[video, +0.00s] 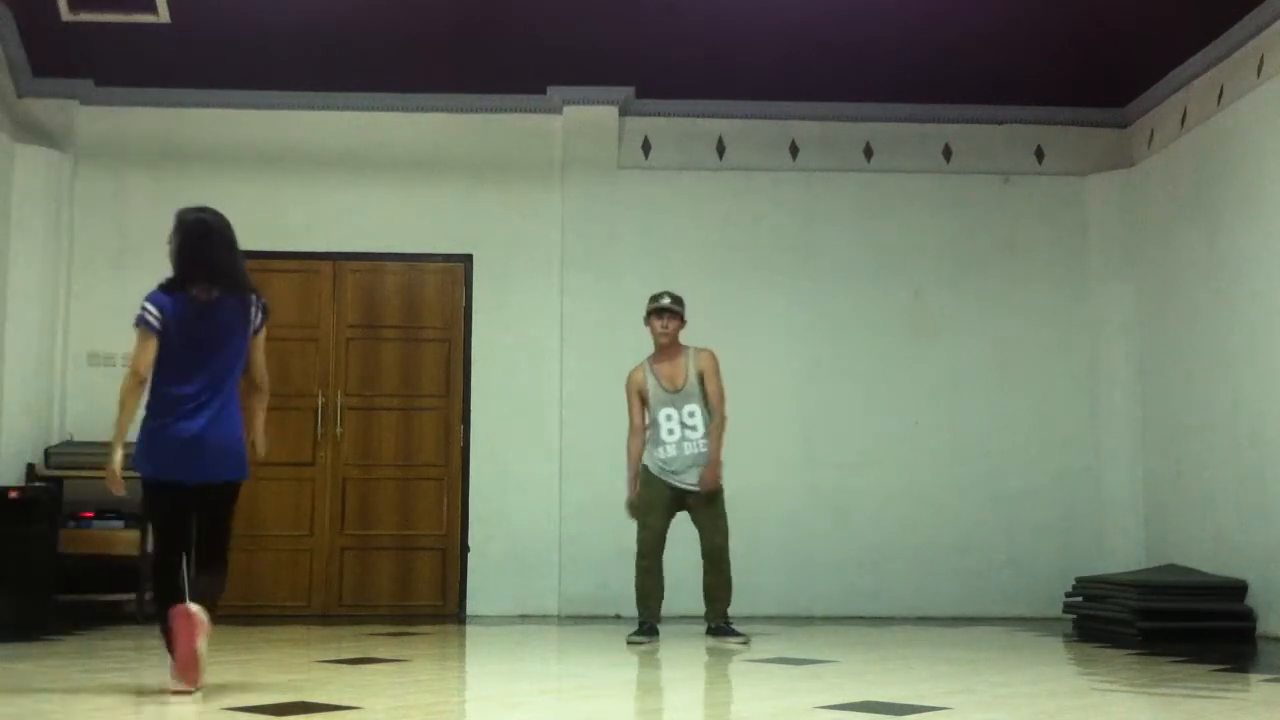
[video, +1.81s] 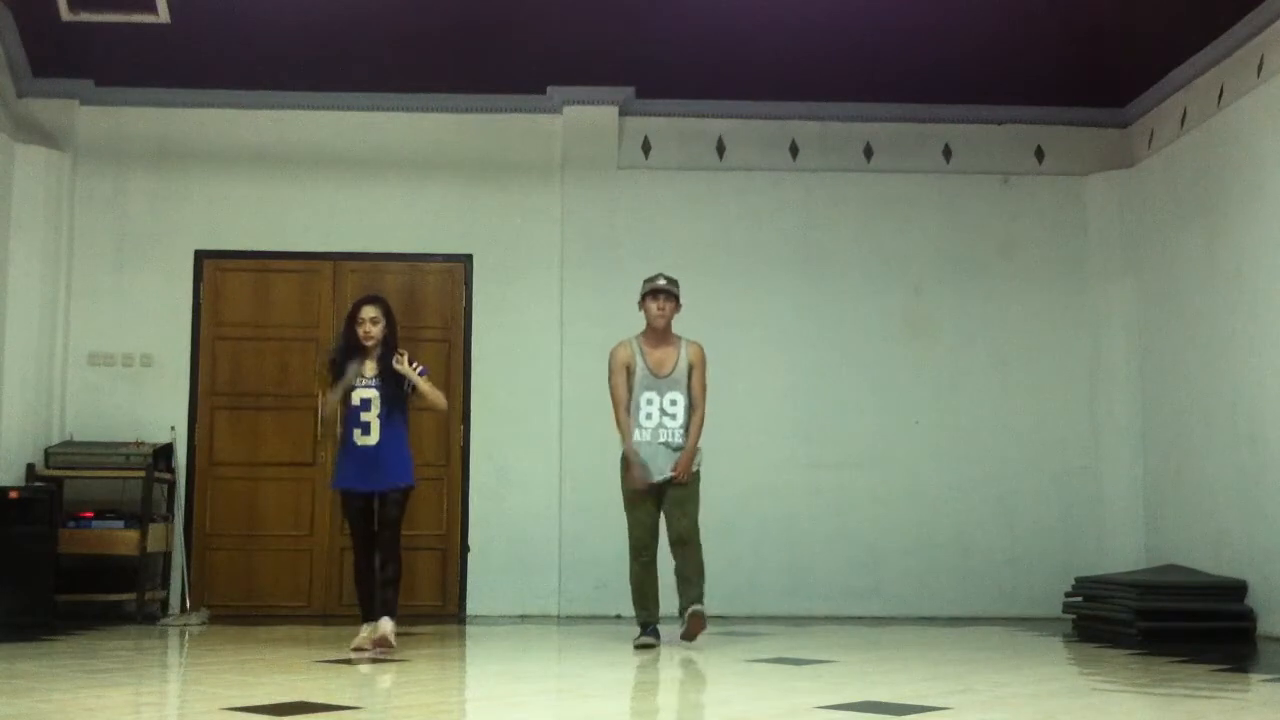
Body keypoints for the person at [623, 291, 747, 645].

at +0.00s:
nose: (664, 322)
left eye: (672, 316)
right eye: (658, 316)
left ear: (682, 322)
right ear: (648, 323)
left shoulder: (703, 360)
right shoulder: (638, 377)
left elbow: (718, 415)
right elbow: (637, 431)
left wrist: (713, 464)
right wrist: (633, 483)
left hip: (701, 476)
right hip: (656, 478)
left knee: (717, 549)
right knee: (648, 551)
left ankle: (718, 621)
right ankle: (647, 623)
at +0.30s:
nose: (650, 320)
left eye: (656, 314)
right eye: (643, 313)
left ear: (666, 320)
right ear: (632, 319)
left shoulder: (684, 358)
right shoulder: (619, 371)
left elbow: (689, 415)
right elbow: (623, 416)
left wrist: (678, 464)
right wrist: (634, 439)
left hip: (684, 464)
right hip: (643, 469)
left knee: (692, 534)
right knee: (643, 546)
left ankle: (696, 584)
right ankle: (648, 620)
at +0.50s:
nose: (653, 315)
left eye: (660, 309)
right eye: (647, 308)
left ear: (668, 316)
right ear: (636, 313)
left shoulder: (684, 356)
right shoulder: (618, 358)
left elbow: (685, 411)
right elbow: (624, 408)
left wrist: (666, 459)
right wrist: (669, 401)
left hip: (676, 456)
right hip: (635, 459)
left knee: (671, 526)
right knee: (640, 541)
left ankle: (666, 549)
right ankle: (648, 621)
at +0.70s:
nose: (663, 317)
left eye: (670, 312)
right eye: (656, 310)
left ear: (677, 319)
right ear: (645, 315)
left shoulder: (688, 363)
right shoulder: (624, 355)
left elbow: (681, 421)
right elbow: (627, 405)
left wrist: (662, 465)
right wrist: (677, 428)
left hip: (672, 462)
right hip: (631, 464)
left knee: (675, 521)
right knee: (637, 547)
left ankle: (666, 568)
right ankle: (647, 621)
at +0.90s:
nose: (677, 323)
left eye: (684, 317)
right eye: (670, 315)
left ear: (692, 325)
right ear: (657, 319)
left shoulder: (695, 372)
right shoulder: (637, 359)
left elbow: (687, 427)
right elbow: (638, 415)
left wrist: (667, 471)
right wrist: (645, 470)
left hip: (673, 469)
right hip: (632, 467)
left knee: (670, 544)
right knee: (638, 546)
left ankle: (669, 623)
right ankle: (647, 620)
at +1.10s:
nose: (680, 325)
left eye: (687, 319)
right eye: (673, 318)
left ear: (695, 325)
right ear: (662, 322)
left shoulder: (703, 373)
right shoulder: (638, 362)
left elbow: (697, 432)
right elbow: (613, 416)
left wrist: (676, 475)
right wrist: (596, 464)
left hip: (680, 472)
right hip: (638, 469)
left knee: (675, 549)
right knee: (639, 546)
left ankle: (668, 623)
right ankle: (643, 622)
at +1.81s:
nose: (661, 304)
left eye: (668, 299)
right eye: (654, 298)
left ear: (676, 306)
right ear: (642, 305)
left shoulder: (692, 352)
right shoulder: (623, 352)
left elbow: (697, 407)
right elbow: (621, 409)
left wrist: (689, 454)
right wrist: (633, 459)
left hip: (681, 463)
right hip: (639, 464)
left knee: (685, 539)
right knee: (642, 547)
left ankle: (692, 612)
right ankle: (647, 625)